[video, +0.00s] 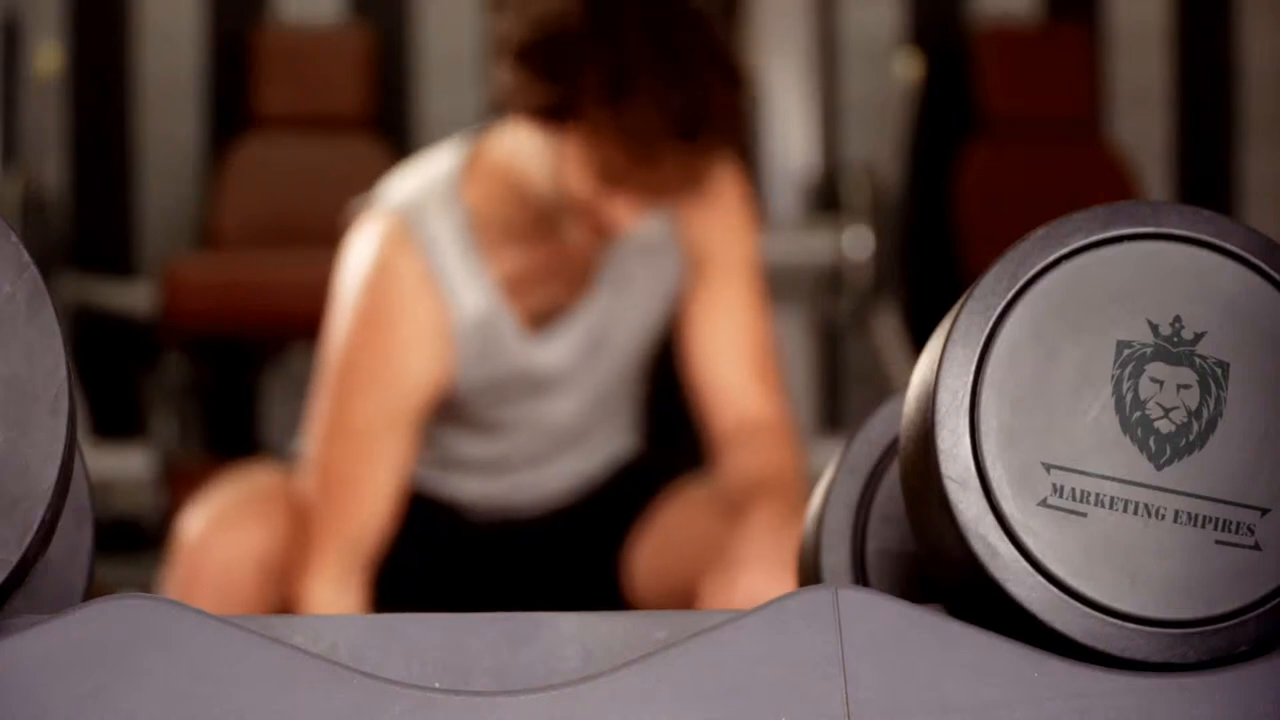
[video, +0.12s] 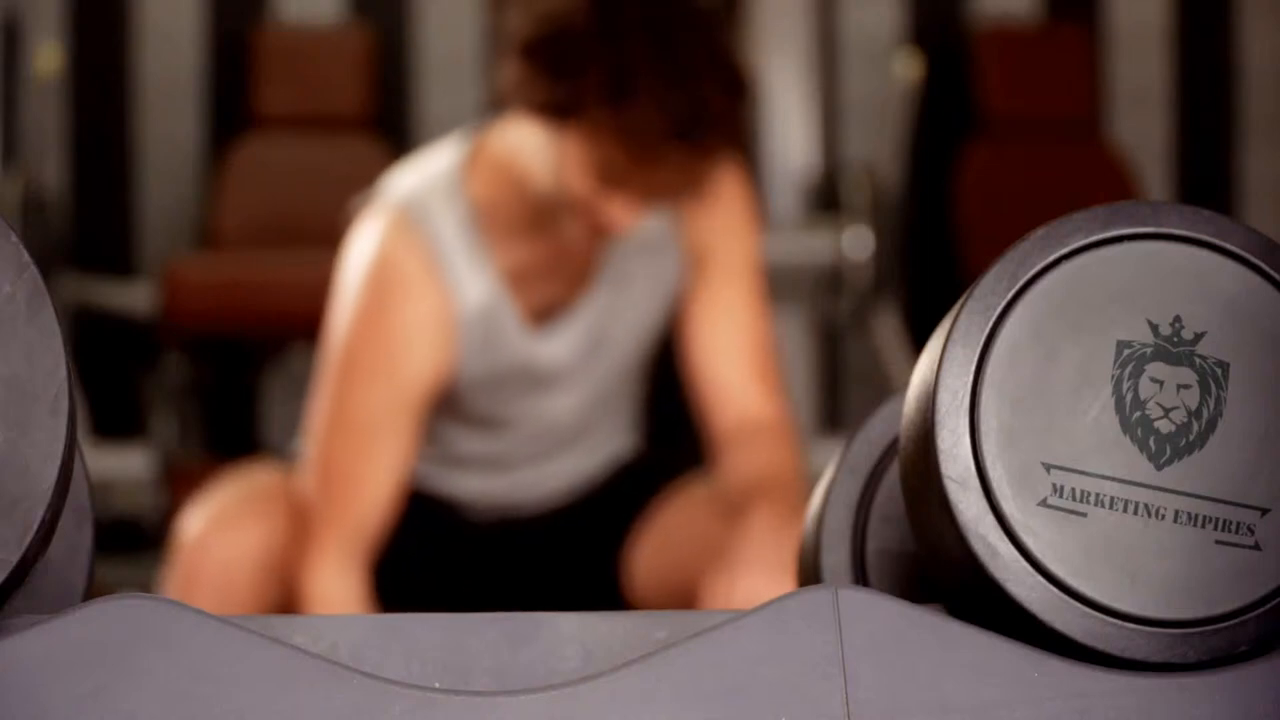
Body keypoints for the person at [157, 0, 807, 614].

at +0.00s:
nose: (632, 219)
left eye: (662, 190)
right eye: (610, 182)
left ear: (694, 160)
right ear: (548, 117)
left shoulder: (701, 185)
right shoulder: (408, 249)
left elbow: (753, 436)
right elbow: (336, 565)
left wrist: (765, 566)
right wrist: (345, 719)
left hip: (601, 524)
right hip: (416, 534)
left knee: (770, 533)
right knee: (229, 528)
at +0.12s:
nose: (628, 220)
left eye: (661, 192)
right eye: (609, 182)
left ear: (694, 162)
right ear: (553, 112)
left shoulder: (704, 186)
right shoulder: (410, 243)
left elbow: (752, 434)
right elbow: (335, 553)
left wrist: (766, 564)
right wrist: (376, 713)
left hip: (600, 524)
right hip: (416, 533)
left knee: (770, 533)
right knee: (227, 529)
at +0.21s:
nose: (627, 218)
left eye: (660, 191)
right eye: (609, 180)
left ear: (695, 159)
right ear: (552, 106)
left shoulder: (706, 185)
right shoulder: (411, 237)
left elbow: (753, 434)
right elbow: (336, 543)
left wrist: (767, 567)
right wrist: (390, 707)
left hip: (600, 524)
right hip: (417, 533)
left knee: (770, 534)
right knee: (230, 526)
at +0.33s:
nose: (621, 209)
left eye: (656, 184)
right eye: (608, 170)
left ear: (696, 153)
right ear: (553, 99)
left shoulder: (707, 179)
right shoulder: (411, 224)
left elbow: (754, 434)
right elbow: (336, 526)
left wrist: (768, 581)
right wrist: (418, 696)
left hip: (600, 523)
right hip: (418, 531)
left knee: (775, 535)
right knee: (235, 524)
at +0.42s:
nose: (621, 204)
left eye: (656, 179)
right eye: (607, 165)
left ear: (697, 153)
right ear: (553, 95)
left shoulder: (706, 176)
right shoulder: (407, 217)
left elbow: (754, 431)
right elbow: (338, 514)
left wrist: (773, 582)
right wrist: (447, 683)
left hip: (600, 521)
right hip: (418, 529)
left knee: (781, 537)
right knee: (240, 526)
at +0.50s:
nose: (622, 199)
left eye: (655, 175)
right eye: (606, 161)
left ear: (695, 146)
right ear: (553, 90)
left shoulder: (705, 175)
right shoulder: (402, 211)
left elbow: (753, 428)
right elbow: (340, 502)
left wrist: (779, 571)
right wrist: (449, 640)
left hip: (602, 515)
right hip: (417, 524)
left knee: (789, 539)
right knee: (245, 524)